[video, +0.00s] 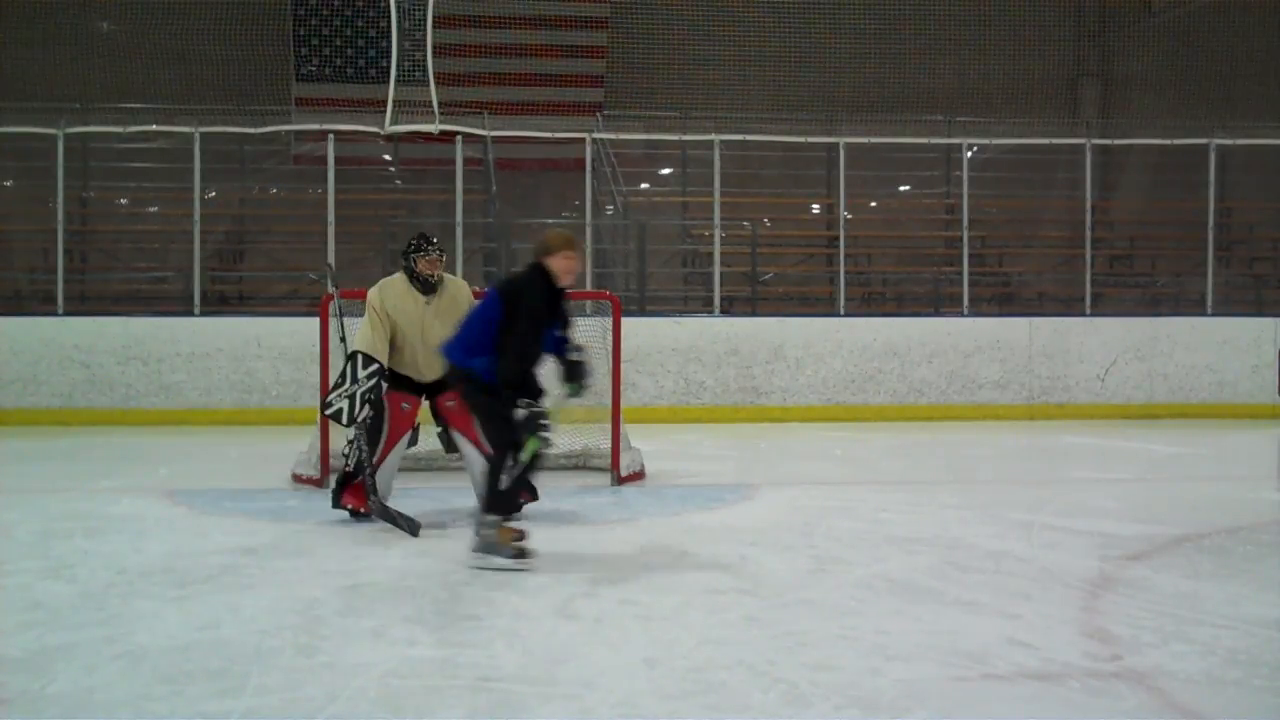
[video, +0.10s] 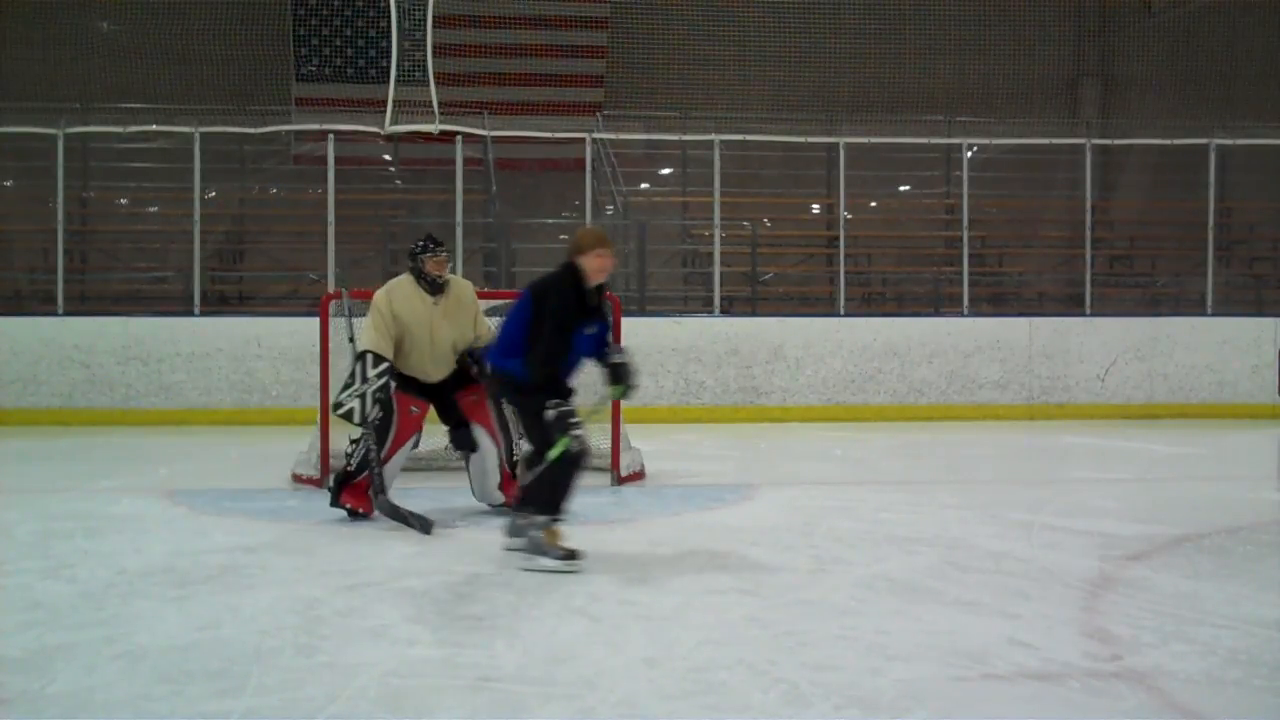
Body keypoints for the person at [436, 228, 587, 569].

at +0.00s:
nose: (573, 268)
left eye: (575, 260)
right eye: (566, 260)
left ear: (573, 262)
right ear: (547, 259)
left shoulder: (550, 293)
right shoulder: (526, 289)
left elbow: (551, 333)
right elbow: (515, 355)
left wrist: (569, 358)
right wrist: (527, 399)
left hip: (500, 369)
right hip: (471, 367)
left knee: (528, 438)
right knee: (505, 441)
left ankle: (500, 517)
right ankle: (489, 527)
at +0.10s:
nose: (606, 264)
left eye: (609, 257)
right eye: (598, 256)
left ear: (611, 261)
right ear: (579, 258)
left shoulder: (593, 297)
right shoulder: (555, 290)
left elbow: (598, 337)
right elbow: (540, 354)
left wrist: (613, 361)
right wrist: (551, 400)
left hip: (545, 379)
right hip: (512, 376)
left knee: (567, 448)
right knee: (555, 448)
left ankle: (533, 524)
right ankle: (528, 523)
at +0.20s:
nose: (638, 258)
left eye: (642, 251)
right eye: (631, 251)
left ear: (647, 255)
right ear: (613, 253)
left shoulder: (635, 289)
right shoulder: (590, 286)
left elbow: (641, 332)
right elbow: (573, 348)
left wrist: (660, 357)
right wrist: (586, 400)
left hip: (588, 371)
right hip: (558, 368)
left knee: (587, 441)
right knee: (606, 442)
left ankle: (565, 519)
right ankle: (584, 532)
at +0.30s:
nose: (674, 251)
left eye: (678, 244)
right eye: (667, 244)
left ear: (681, 250)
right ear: (647, 247)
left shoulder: (673, 285)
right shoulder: (627, 283)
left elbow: (680, 327)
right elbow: (607, 344)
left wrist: (700, 352)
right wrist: (618, 395)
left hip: (628, 375)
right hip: (604, 373)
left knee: (626, 441)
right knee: (648, 444)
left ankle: (607, 518)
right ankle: (623, 532)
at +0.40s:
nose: (709, 249)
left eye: (712, 242)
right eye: (702, 242)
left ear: (716, 246)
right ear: (683, 246)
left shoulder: (711, 283)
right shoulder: (664, 283)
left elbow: (717, 326)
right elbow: (648, 347)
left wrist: (738, 352)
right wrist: (664, 398)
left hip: (669, 375)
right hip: (645, 374)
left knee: (673, 440)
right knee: (686, 445)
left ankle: (651, 516)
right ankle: (665, 531)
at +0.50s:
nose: (748, 248)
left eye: (751, 242)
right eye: (740, 242)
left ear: (756, 247)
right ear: (723, 246)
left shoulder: (751, 283)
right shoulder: (705, 282)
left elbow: (758, 329)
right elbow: (691, 344)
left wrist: (778, 355)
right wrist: (704, 395)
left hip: (709, 373)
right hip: (681, 371)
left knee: (720, 444)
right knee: (719, 445)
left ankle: (707, 524)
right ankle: (707, 528)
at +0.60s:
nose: (789, 252)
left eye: (791, 245)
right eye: (780, 245)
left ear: (794, 249)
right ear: (760, 249)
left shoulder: (785, 287)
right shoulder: (742, 287)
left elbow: (796, 328)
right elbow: (731, 349)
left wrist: (817, 355)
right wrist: (746, 398)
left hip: (747, 378)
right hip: (719, 377)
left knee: (767, 446)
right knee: (758, 448)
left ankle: (756, 523)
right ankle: (751, 529)